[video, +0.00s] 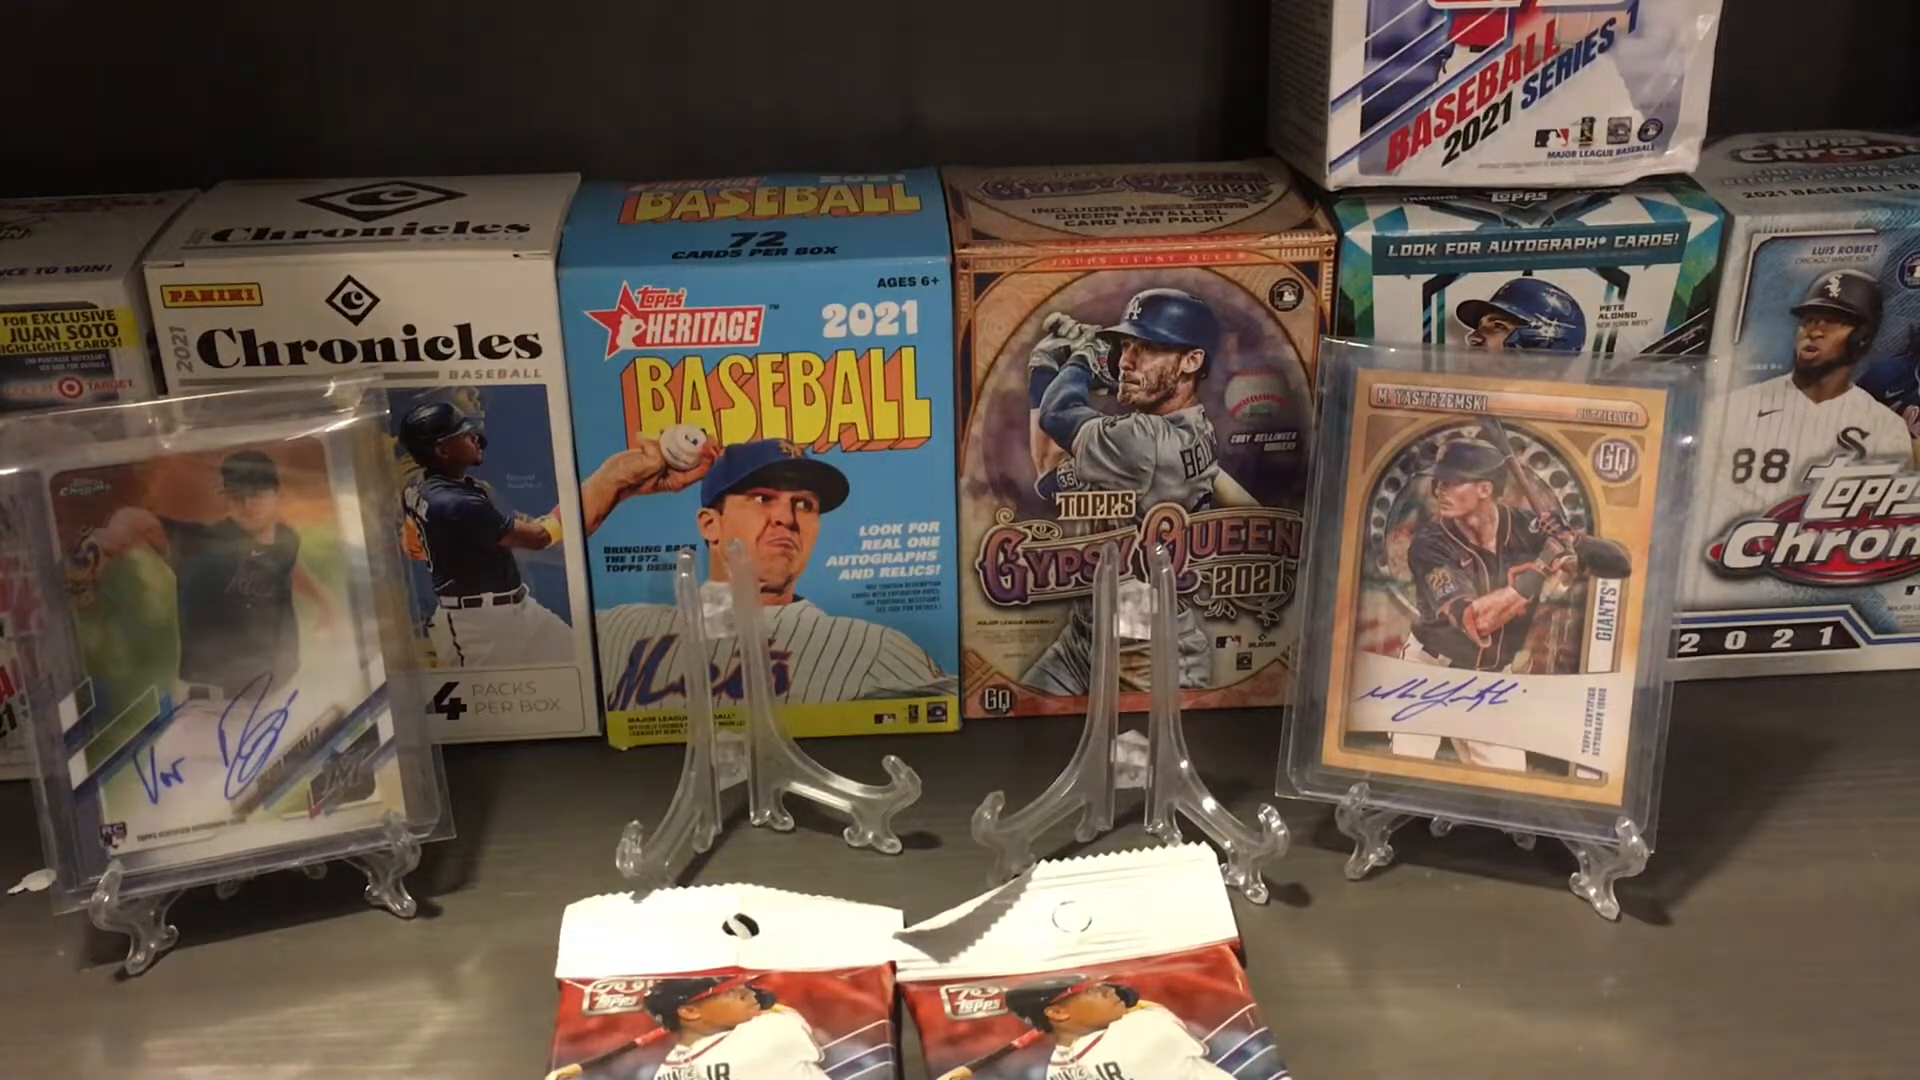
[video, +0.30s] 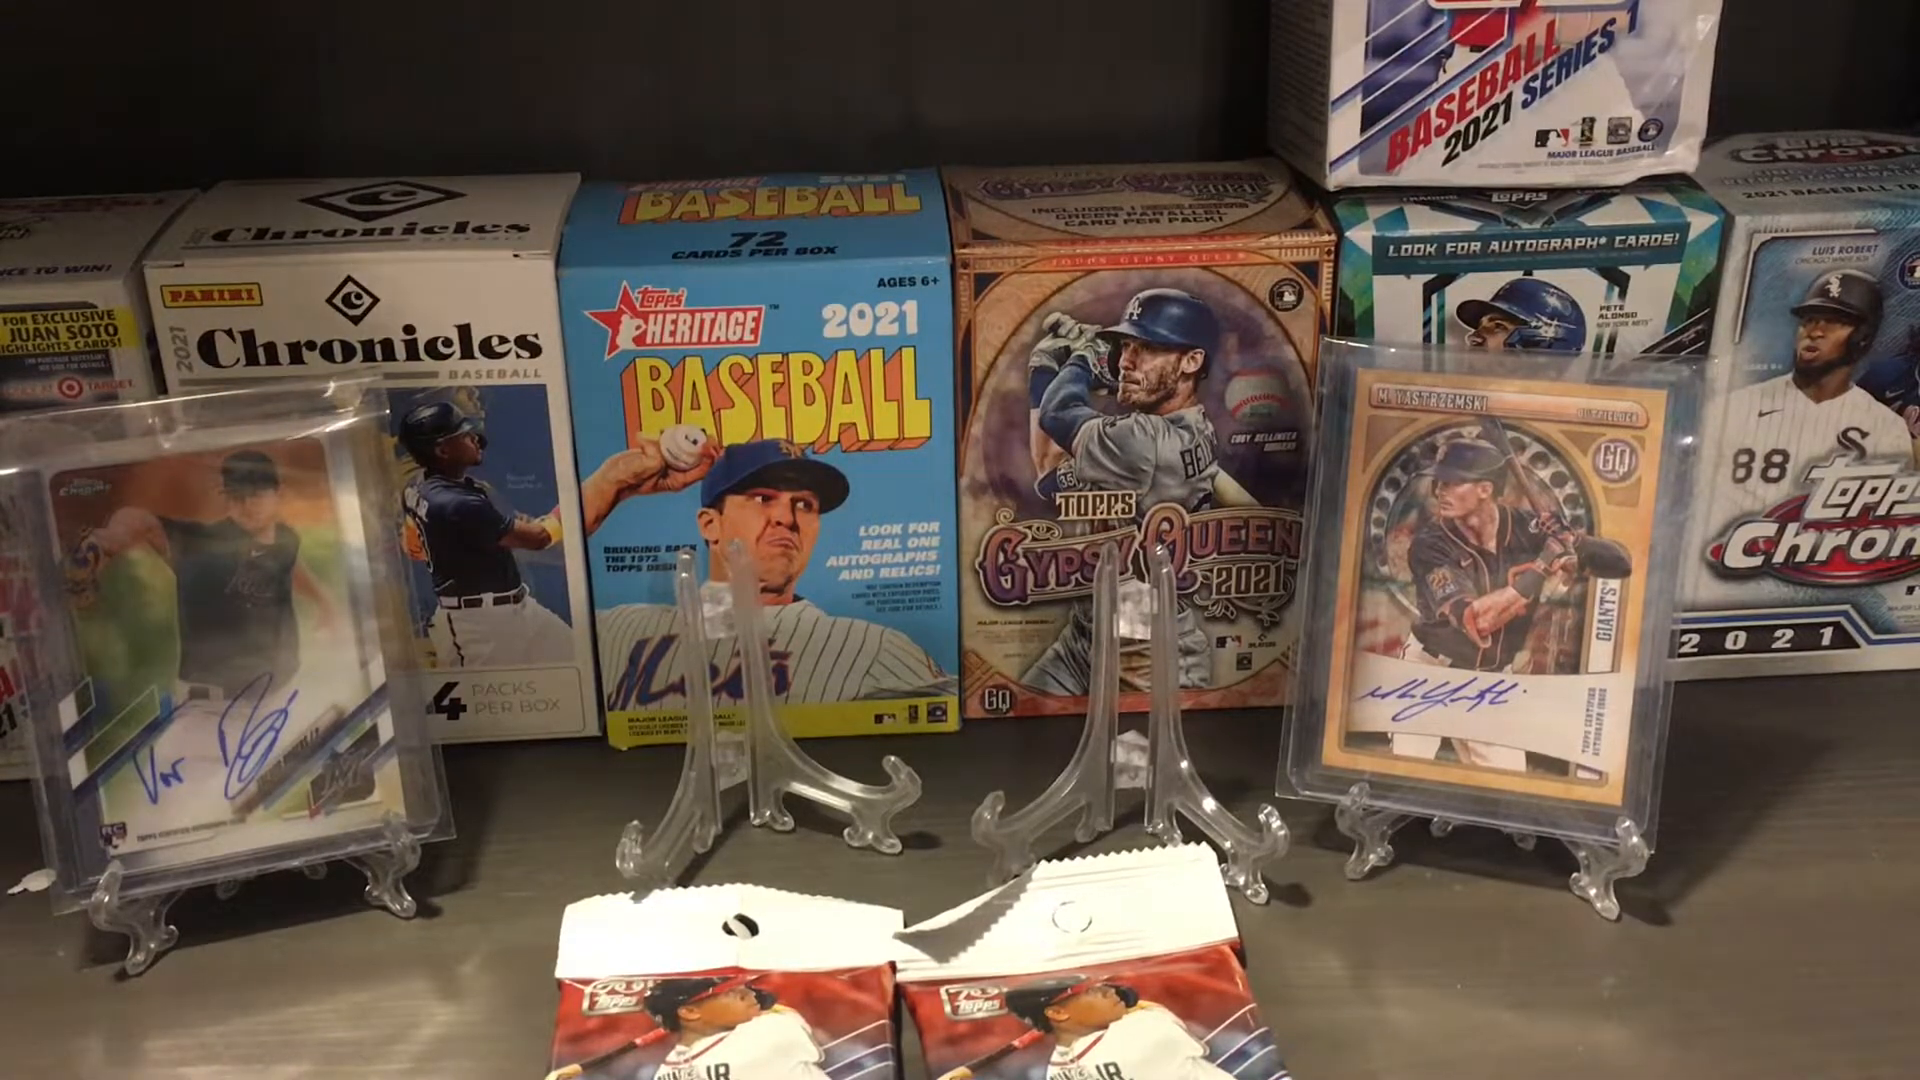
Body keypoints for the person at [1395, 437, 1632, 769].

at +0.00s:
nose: (1439, 491)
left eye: (1451, 484)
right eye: (1439, 483)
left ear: (1484, 490)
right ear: (1436, 485)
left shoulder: (1526, 528)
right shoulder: (1430, 540)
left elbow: (1621, 562)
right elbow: (1474, 622)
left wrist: (1574, 550)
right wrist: (1540, 567)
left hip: (1493, 677)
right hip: (1429, 670)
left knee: (1509, 788)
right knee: (1409, 775)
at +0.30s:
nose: (1439, 492)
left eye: (1451, 484)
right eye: (1439, 483)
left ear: (1484, 491)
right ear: (1436, 486)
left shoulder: (1527, 528)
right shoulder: (1430, 540)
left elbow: (1622, 562)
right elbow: (1474, 622)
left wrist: (1574, 550)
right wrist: (1540, 568)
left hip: (1494, 678)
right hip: (1429, 670)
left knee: (1509, 789)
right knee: (1410, 775)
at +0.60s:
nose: (1439, 492)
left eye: (1451, 485)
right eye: (1439, 484)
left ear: (1484, 491)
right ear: (1436, 486)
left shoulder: (1526, 528)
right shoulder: (1431, 541)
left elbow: (1622, 563)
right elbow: (1473, 622)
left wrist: (1573, 549)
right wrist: (1540, 570)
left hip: (1495, 676)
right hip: (1429, 669)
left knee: (1508, 787)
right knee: (1411, 773)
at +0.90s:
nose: (1439, 492)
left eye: (1451, 485)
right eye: (1439, 483)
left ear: (1484, 491)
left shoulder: (1527, 528)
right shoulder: (1431, 540)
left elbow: (1621, 563)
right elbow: (1473, 622)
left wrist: (1572, 550)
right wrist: (1540, 571)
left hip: (1495, 677)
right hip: (1429, 668)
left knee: (1508, 788)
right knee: (1411, 773)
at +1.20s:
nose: (1439, 492)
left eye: (1451, 484)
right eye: (1439, 483)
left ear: (1484, 491)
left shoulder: (1528, 528)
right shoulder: (1430, 541)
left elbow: (1621, 563)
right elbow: (1473, 622)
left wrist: (1572, 552)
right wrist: (1539, 571)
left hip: (1495, 676)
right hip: (1429, 668)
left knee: (1508, 787)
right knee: (1411, 771)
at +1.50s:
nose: (1439, 491)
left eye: (1452, 484)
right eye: (1439, 483)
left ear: (1484, 491)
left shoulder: (1527, 530)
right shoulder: (1430, 541)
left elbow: (1622, 565)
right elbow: (1472, 622)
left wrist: (1574, 545)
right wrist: (1538, 572)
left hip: (1495, 677)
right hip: (1429, 669)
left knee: (1509, 789)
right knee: (1412, 771)